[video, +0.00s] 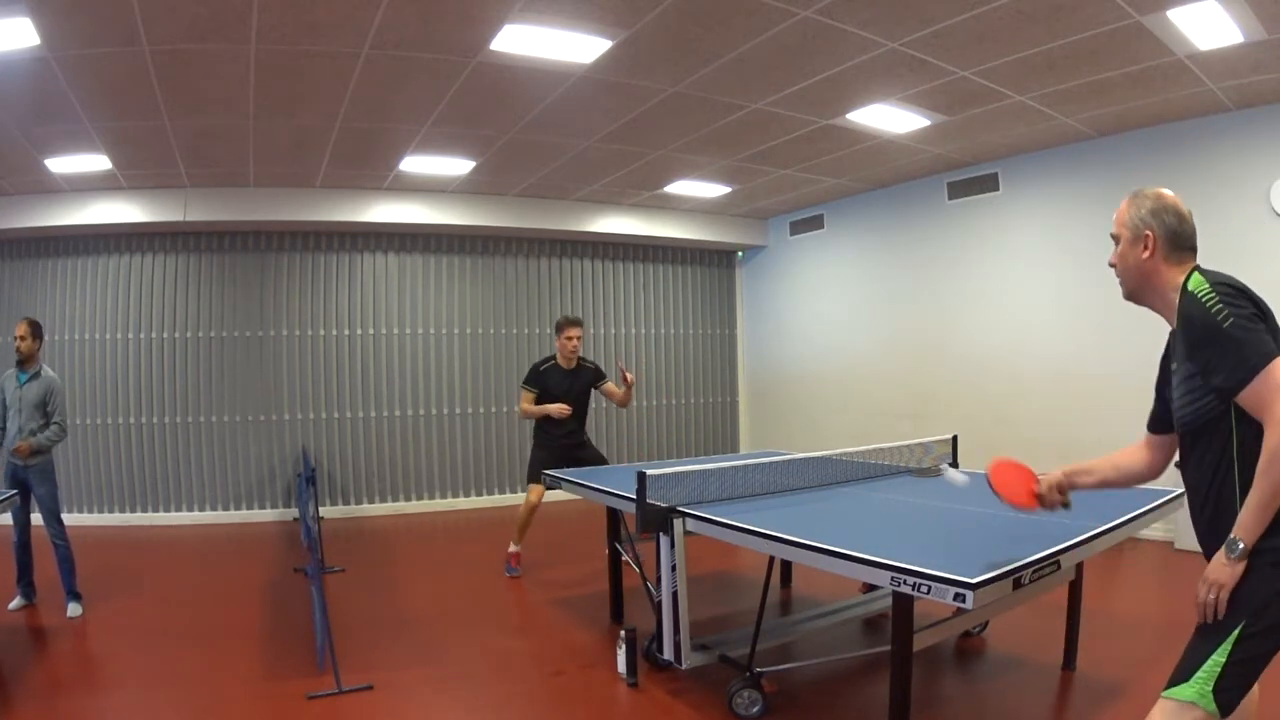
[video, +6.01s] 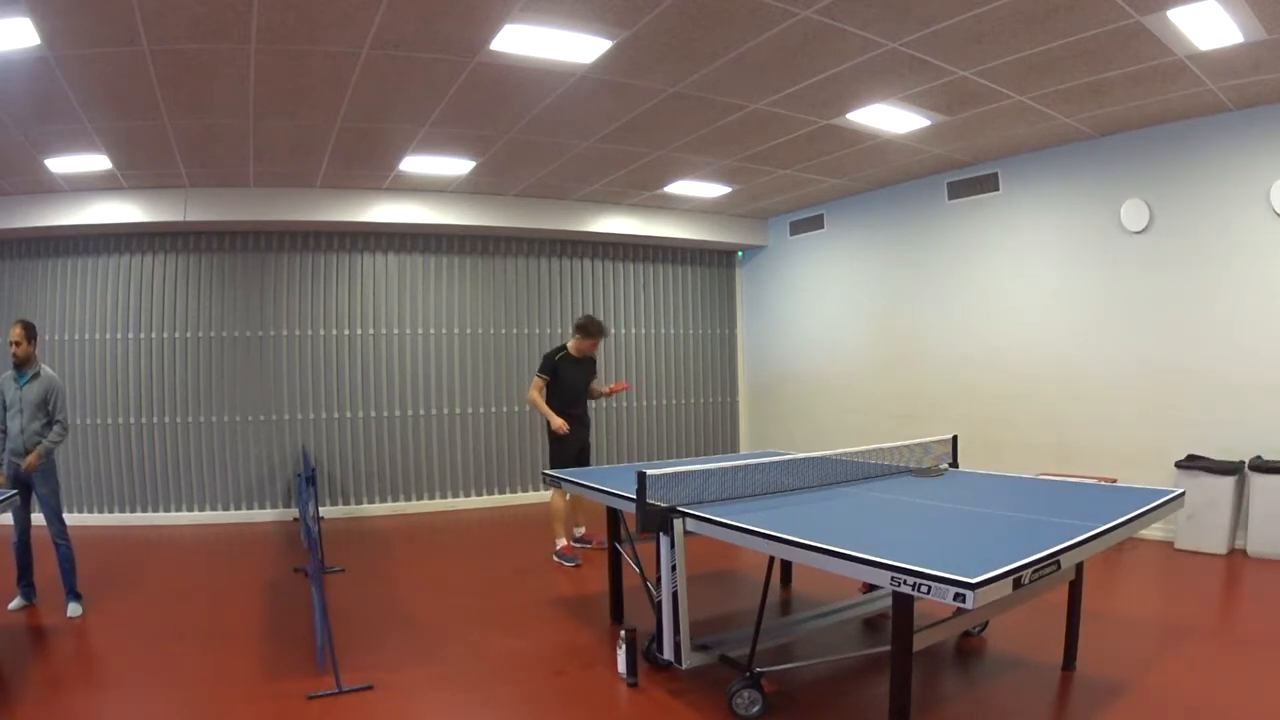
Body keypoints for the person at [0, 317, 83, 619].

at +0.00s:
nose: (17, 343)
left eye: (23, 338)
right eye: (15, 338)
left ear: (38, 343)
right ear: (15, 343)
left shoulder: (50, 382)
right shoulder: (6, 380)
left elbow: (60, 427)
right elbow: (4, 420)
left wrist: (34, 444)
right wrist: (5, 447)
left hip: (39, 465)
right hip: (10, 464)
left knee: (55, 531)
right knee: (20, 532)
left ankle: (72, 596)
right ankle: (26, 592)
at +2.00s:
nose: (28, 352)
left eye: (33, 347)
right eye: (25, 347)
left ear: (44, 347)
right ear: (20, 346)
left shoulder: (57, 385)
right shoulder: (8, 381)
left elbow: (69, 427)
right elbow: (3, 425)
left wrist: (59, 453)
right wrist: (5, 466)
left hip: (47, 465)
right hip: (17, 465)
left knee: (60, 532)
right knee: (22, 533)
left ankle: (73, 596)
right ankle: (26, 593)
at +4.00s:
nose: (17, 345)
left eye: (23, 340)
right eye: (15, 340)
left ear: (38, 344)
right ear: (13, 344)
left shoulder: (52, 383)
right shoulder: (7, 379)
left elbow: (62, 428)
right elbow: (3, 420)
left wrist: (41, 450)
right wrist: (1, 403)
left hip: (41, 463)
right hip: (11, 464)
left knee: (57, 531)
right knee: (20, 533)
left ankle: (72, 596)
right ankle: (26, 593)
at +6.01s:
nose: (12, 348)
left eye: (17, 343)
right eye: (10, 343)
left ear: (33, 345)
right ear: (10, 346)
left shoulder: (49, 381)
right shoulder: (5, 381)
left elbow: (61, 426)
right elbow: (3, 425)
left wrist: (39, 453)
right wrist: (3, 464)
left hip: (41, 463)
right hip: (12, 463)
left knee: (57, 530)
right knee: (20, 532)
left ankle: (72, 596)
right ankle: (26, 593)